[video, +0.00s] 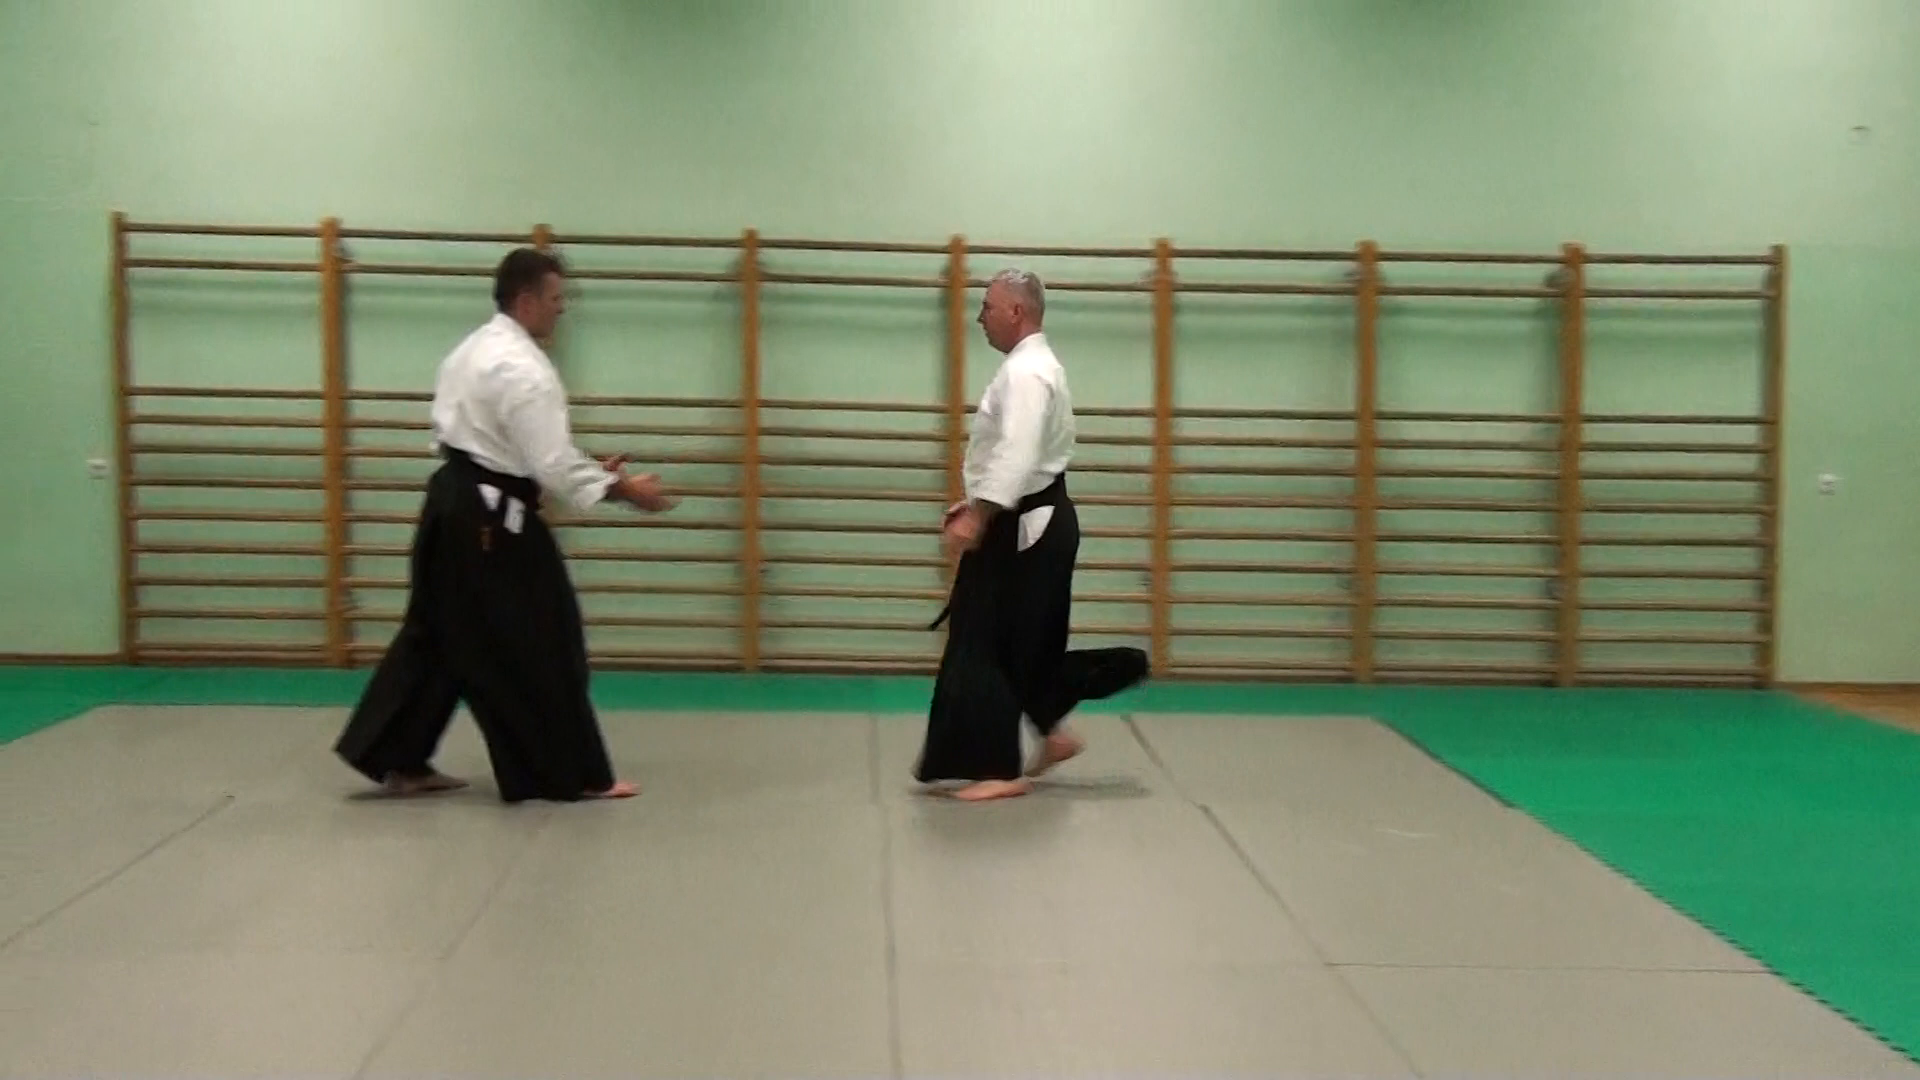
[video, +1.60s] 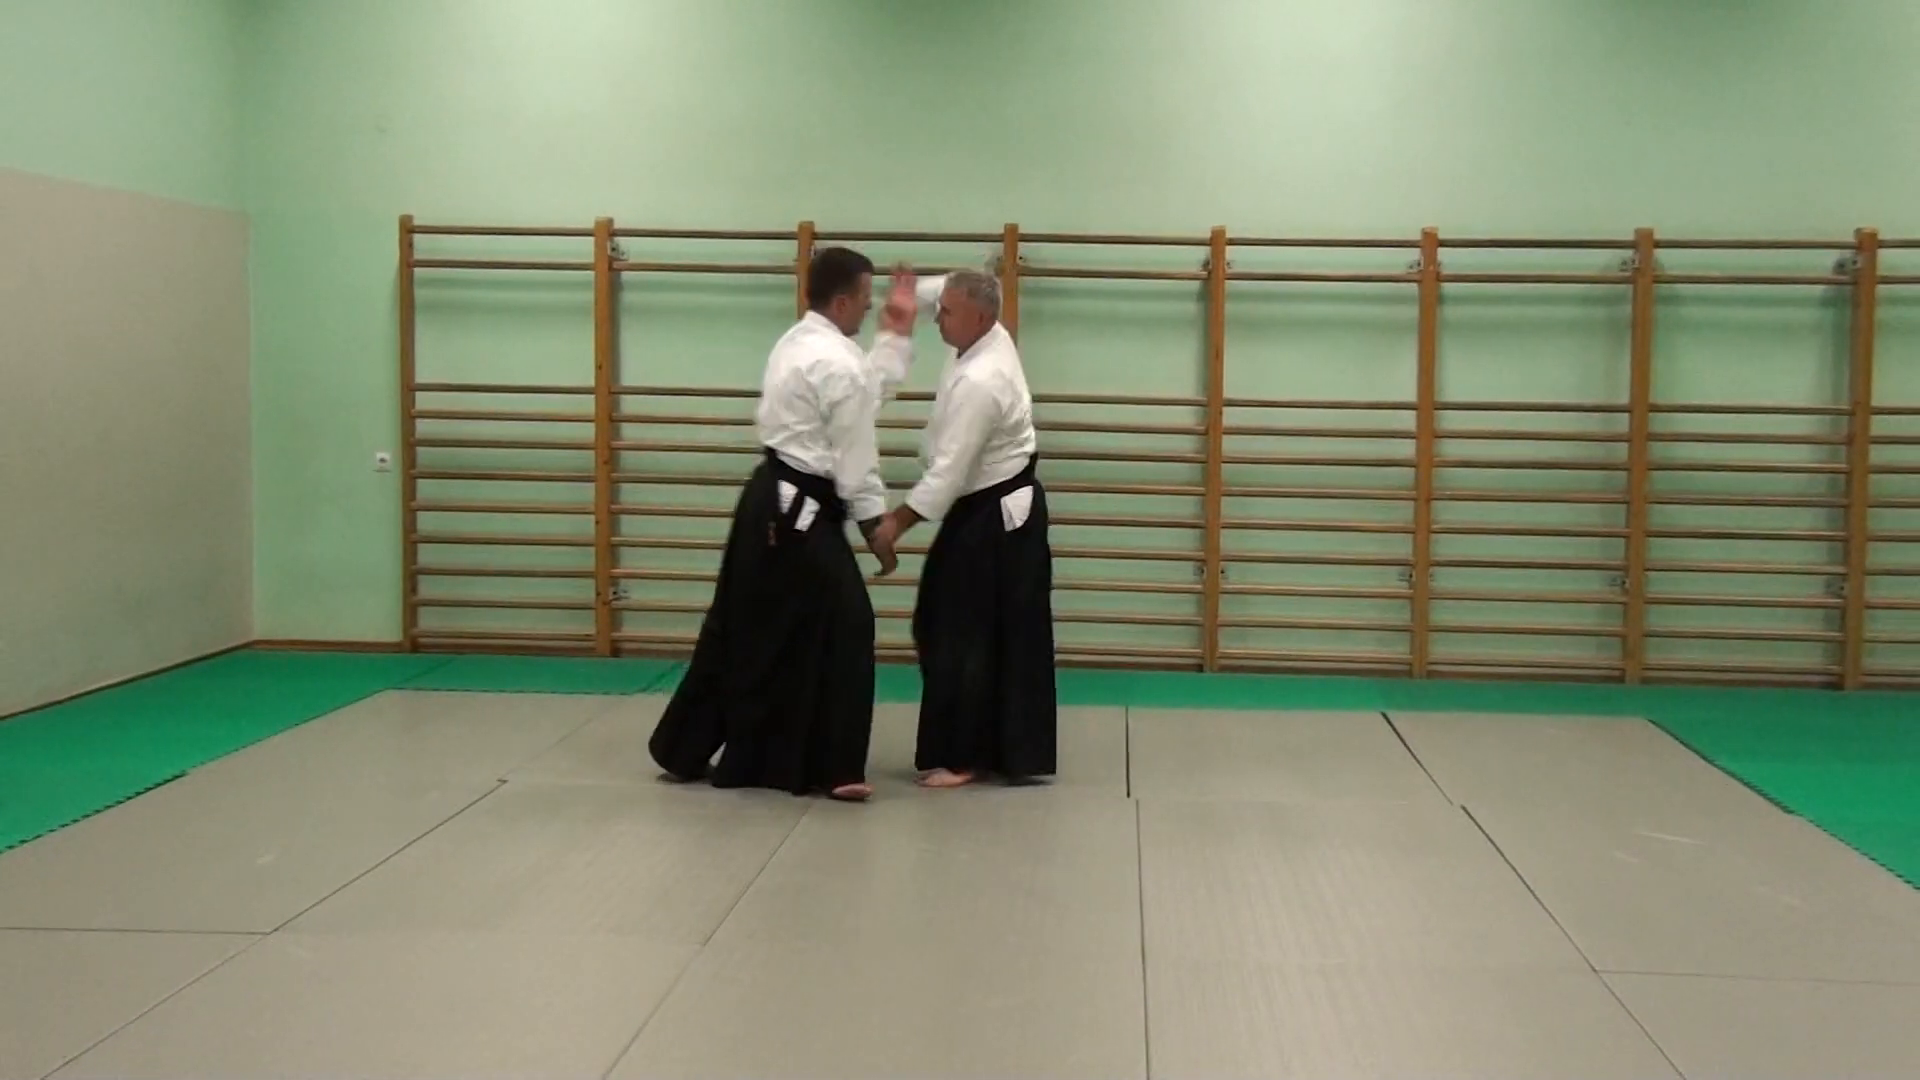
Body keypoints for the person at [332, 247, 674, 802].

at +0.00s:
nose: (561, 309)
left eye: (561, 299)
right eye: (555, 299)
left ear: (516, 299)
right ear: (524, 299)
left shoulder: (472, 349)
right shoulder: (525, 369)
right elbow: (555, 464)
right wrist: (620, 486)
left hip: (450, 502)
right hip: (497, 516)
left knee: (442, 633)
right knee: (548, 637)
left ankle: (399, 758)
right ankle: (575, 773)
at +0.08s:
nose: (595, 307)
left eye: (595, 296)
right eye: (589, 296)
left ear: (549, 296)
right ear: (558, 296)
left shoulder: (510, 345)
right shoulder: (563, 367)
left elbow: (561, 439)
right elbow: (599, 458)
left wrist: (641, 449)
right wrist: (666, 467)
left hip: (490, 498)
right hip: (535, 515)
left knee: (483, 631)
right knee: (586, 632)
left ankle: (442, 755)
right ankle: (607, 770)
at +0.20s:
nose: (635, 304)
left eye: (635, 293)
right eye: (627, 293)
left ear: (588, 297)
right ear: (596, 295)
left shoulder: (555, 343)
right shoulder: (603, 364)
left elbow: (626, 423)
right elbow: (651, 446)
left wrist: (697, 426)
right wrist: (721, 450)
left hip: (535, 498)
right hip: (579, 512)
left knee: (529, 629)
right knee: (630, 629)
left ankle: (490, 755)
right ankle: (650, 765)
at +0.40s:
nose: (701, 302)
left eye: (701, 293)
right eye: (694, 292)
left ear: (657, 295)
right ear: (665, 295)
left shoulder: (628, 342)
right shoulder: (670, 362)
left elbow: (705, 408)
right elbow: (726, 434)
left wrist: (777, 407)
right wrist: (797, 428)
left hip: (609, 495)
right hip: (650, 509)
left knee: (601, 626)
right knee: (698, 627)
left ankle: (575, 757)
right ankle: (706, 762)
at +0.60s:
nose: (771, 304)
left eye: (771, 293)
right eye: (765, 293)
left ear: (729, 294)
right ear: (737, 294)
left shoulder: (700, 340)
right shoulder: (742, 360)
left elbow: (777, 411)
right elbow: (789, 449)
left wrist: (851, 416)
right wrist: (842, 457)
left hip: (678, 495)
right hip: (720, 508)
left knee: (668, 625)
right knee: (766, 625)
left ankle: (638, 756)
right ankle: (769, 761)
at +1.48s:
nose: (839, 303)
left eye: (838, 292)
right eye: (835, 292)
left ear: (790, 293)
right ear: (814, 294)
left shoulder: (761, 342)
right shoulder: (814, 361)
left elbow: (819, 419)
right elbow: (830, 461)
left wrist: (868, 379)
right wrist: (857, 501)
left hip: (732, 491)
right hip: (773, 507)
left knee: (721, 621)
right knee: (834, 616)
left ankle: (675, 749)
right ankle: (828, 757)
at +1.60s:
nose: (867, 306)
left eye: (865, 295)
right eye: (863, 296)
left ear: (818, 296)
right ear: (844, 300)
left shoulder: (794, 342)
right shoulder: (839, 364)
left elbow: (862, 393)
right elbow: (854, 461)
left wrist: (896, 334)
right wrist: (877, 525)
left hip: (768, 495)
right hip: (802, 512)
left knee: (748, 627)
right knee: (850, 623)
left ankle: (685, 748)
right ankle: (835, 767)